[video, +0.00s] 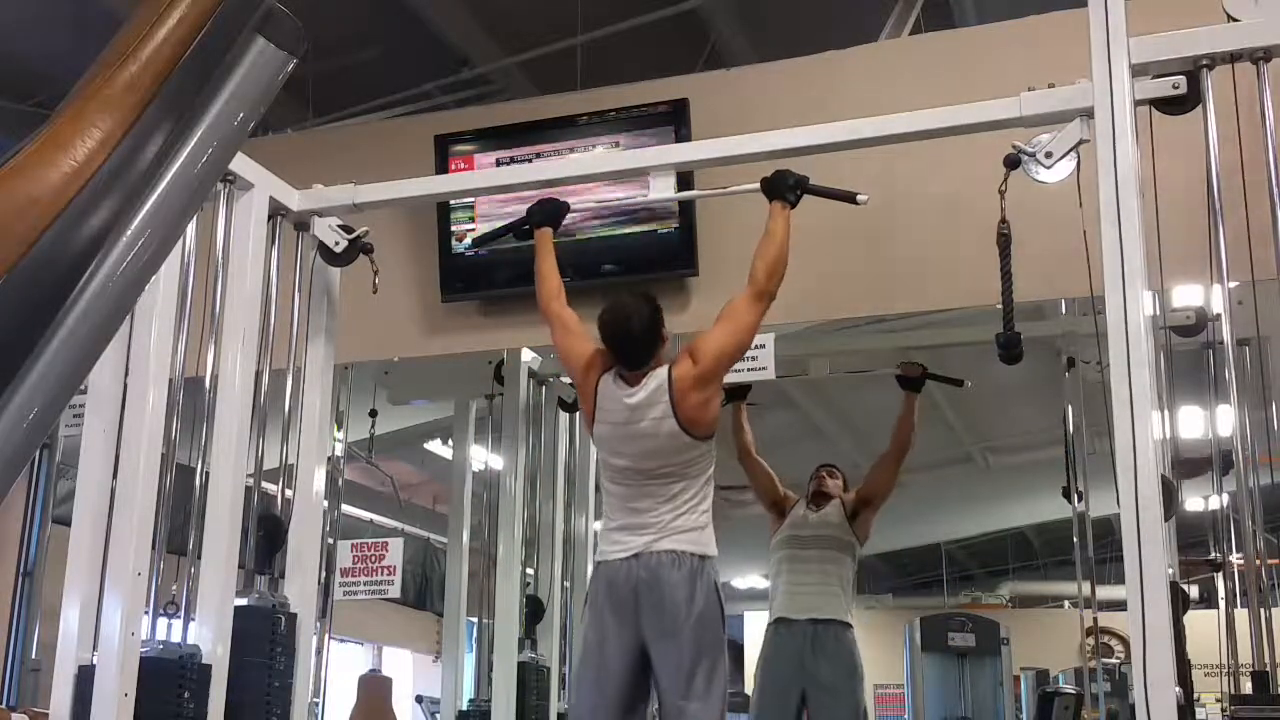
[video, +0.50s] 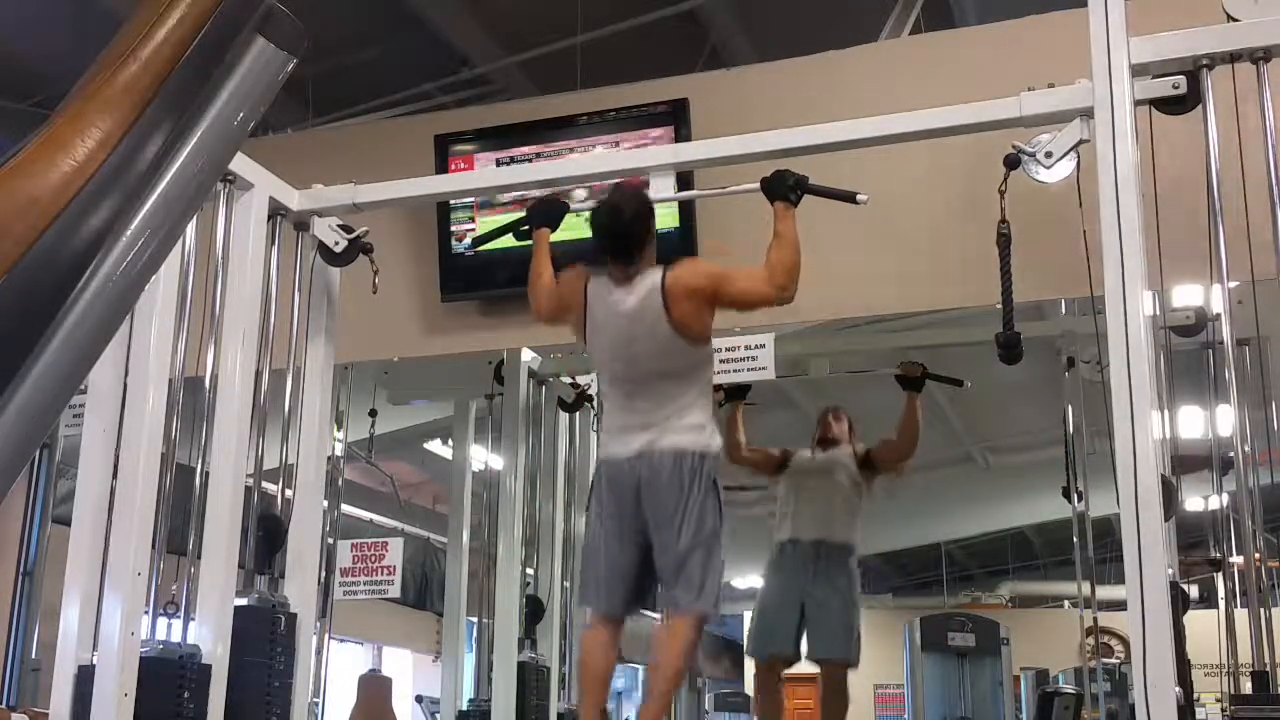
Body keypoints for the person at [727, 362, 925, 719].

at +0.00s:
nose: (823, 476)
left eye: (832, 475)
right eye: (817, 475)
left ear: (844, 490)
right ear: (807, 488)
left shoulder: (855, 509)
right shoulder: (785, 507)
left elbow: (897, 452)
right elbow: (747, 454)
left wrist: (910, 394)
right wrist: (738, 401)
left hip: (834, 638)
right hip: (781, 636)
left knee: (843, 713)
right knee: (769, 713)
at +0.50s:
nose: (830, 419)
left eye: (837, 417)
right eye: (824, 417)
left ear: (851, 432)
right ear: (815, 433)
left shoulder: (859, 457)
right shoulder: (791, 459)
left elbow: (903, 448)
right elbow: (737, 453)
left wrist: (912, 394)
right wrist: (735, 404)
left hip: (836, 563)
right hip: (786, 562)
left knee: (834, 668)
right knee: (767, 667)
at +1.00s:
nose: (828, 370)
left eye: (836, 366)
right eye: (822, 365)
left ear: (847, 379)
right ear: (811, 376)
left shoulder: (862, 411)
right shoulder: (789, 412)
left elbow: (902, 445)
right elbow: (750, 450)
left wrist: (912, 394)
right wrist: (737, 405)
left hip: (842, 510)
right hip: (793, 514)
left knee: (840, 613)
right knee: (797, 615)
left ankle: (830, 706)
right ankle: (829, 707)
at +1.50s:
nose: (831, 462)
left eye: (839, 461)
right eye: (825, 460)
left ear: (851, 475)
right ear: (815, 473)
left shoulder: (860, 499)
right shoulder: (791, 497)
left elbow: (902, 453)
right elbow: (746, 459)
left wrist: (911, 395)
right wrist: (736, 403)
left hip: (842, 605)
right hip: (790, 604)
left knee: (843, 702)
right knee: (785, 701)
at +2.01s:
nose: (830, 368)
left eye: (838, 366)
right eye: (824, 366)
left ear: (849, 382)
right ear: (813, 380)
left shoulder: (865, 413)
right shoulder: (791, 413)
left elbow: (906, 445)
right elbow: (744, 451)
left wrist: (912, 393)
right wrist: (737, 401)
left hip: (841, 509)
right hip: (793, 510)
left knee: (841, 612)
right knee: (785, 610)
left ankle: (825, 708)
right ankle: (822, 707)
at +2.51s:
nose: (830, 448)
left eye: (838, 446)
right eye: (825, 445)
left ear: (851, 459)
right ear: (815, 457)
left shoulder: (862, 485)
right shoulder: (790, 484)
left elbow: (905, 449)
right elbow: (742, 454)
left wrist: (912, 394)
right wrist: (736, 402)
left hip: (839, 591)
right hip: (788, 592)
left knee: (844, 697)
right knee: (783, 696)